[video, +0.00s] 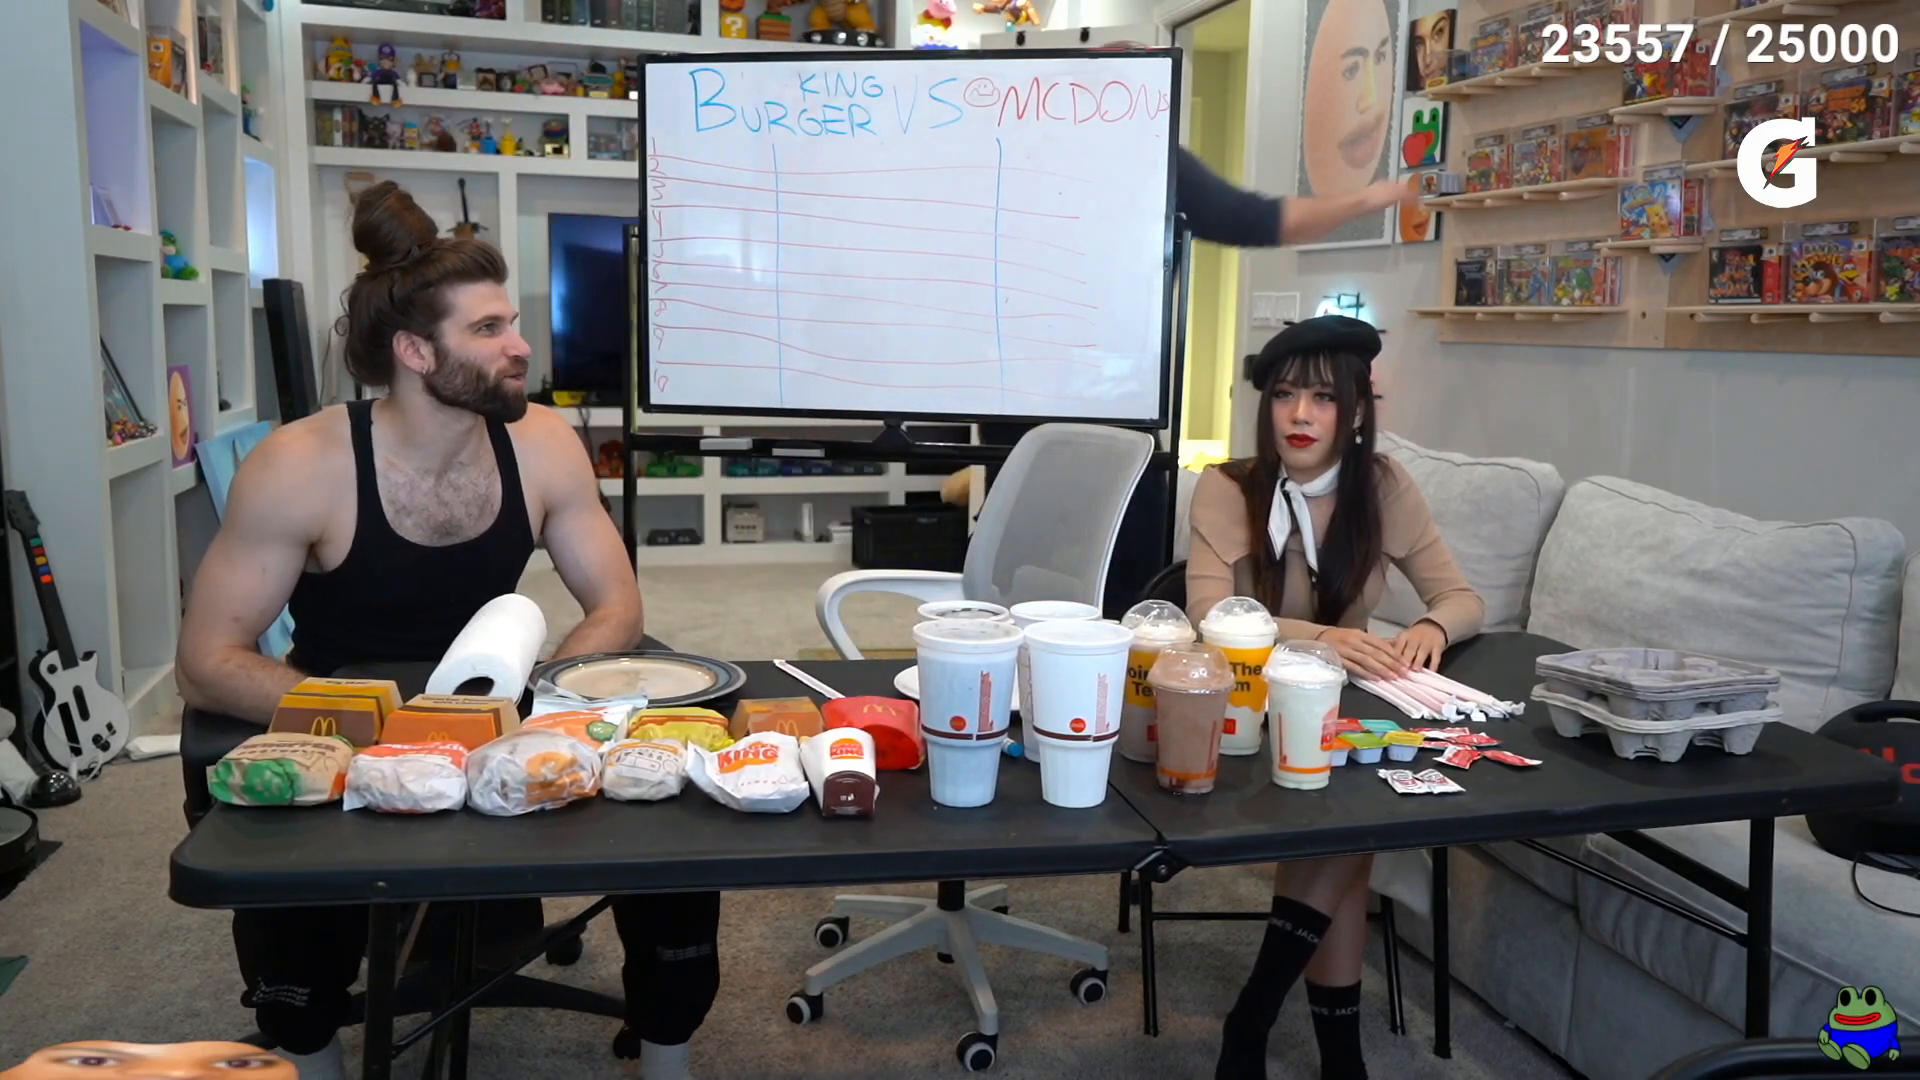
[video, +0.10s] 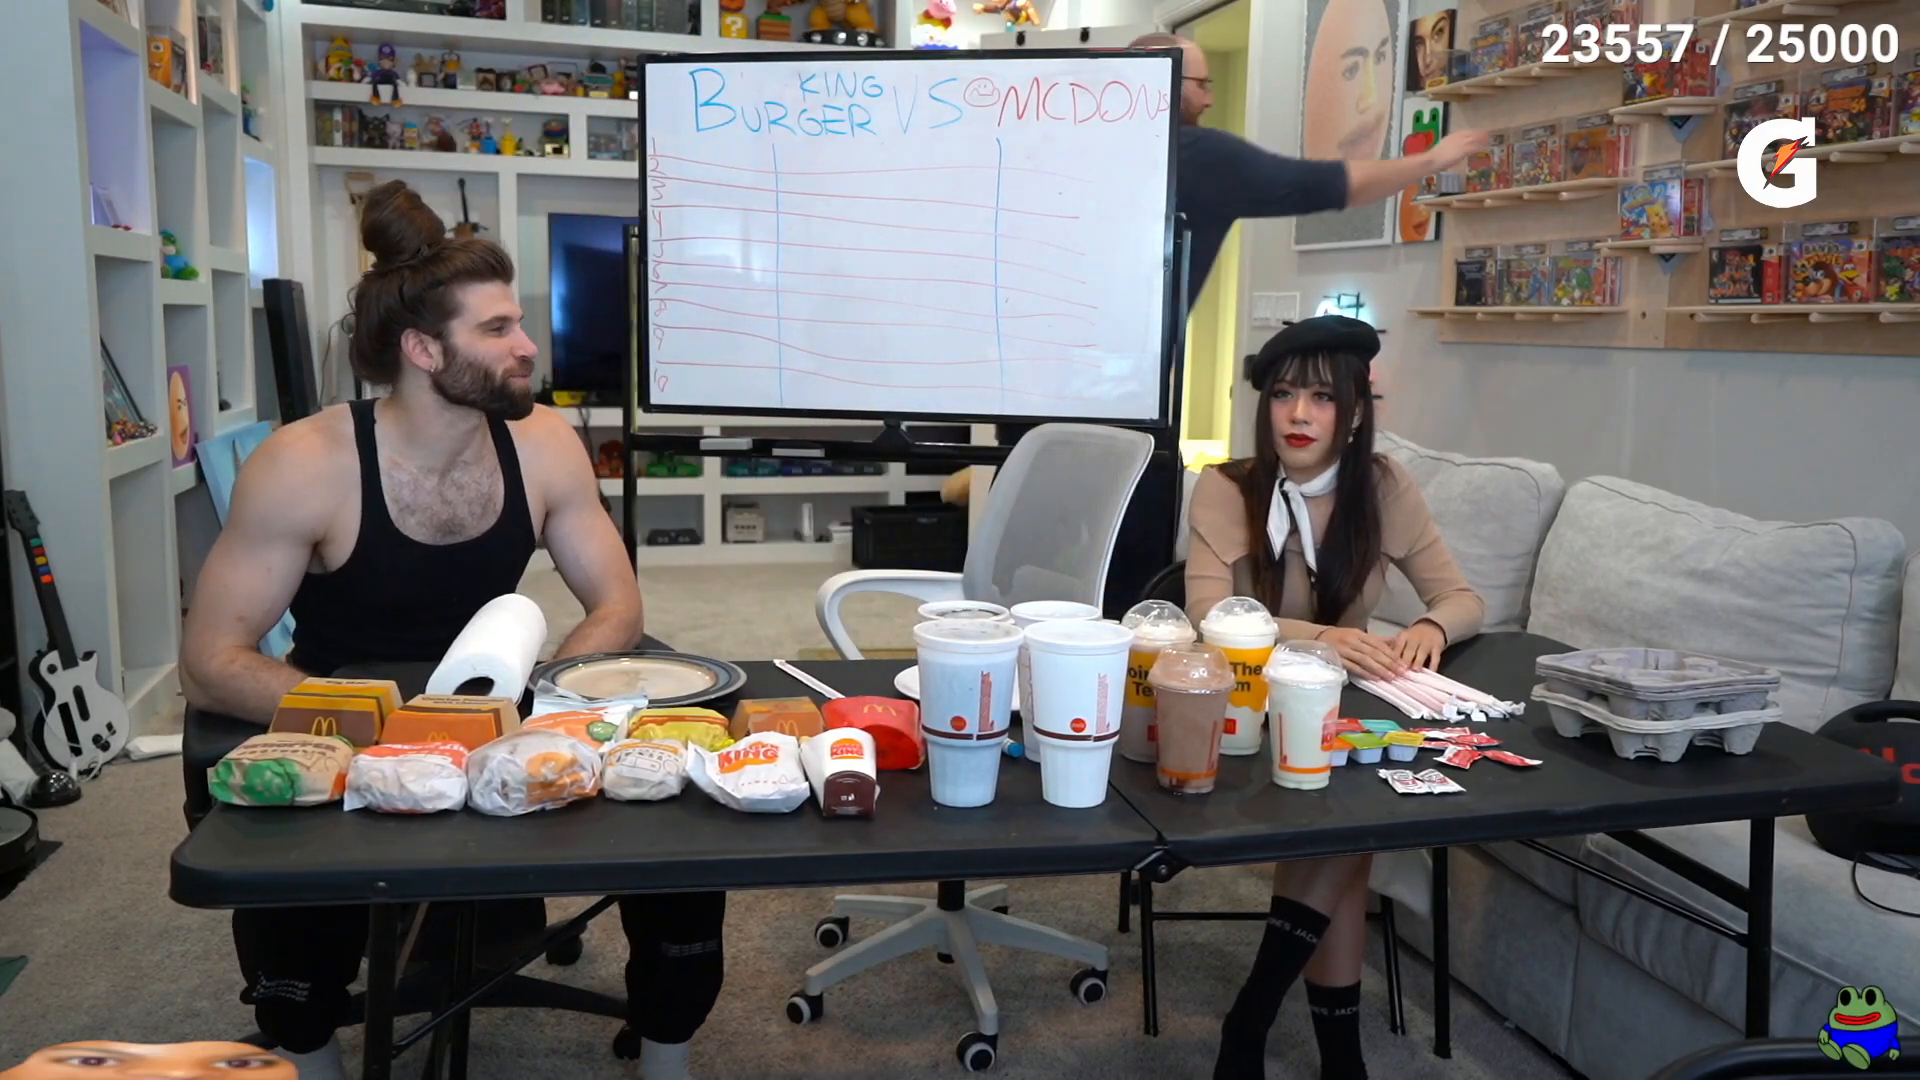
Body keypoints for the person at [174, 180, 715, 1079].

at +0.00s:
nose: (518, 345)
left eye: (514, 323)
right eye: (488, 330)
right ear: (414, 352)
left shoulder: (541, 443)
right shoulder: (302, 464)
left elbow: (619, 608)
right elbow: (206, 658)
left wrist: (535, 688)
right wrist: (358, 714)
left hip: (504, 743)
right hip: (340, 751)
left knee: (673, 830)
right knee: (290, 875)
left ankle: (665, 1058)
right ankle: (309, 1062)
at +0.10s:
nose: (527, 345)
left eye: (522, 324)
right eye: (497, 330)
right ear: (422, 351)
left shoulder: (543, 445)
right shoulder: (305, 463)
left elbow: (620, 607)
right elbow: (209, 657)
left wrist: (542, 688)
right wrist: (356, 713)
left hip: (509, 745)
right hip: (345, 754)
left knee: (681, 842)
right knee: (288, 882)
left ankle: (663, 1059)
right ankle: (310, 1061)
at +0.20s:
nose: (533, 347)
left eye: (529, 326)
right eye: (505, 330)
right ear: (430, 350)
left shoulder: (544, 444)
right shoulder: (309, 461)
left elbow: (621, 607)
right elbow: (211, 658)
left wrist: (541, 689)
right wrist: (362, 714)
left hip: (508, 745)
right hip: (346, 754)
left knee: (683, 842)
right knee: (302, 879)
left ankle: (663, 1059)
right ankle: (306, 1058)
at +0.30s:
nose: (535, 345)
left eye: (531, 324)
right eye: (508, 328)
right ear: (432, 348)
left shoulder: (546, 445)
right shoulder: (311, 462)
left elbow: (622, 607)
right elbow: (211, 657)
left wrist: (540, 689)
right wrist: (364, 712)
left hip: (508, 745)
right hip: (348, 755)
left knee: (680, 835)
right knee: (300, 871)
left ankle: (664, 1059)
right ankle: (316, 1058)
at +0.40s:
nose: (535, 343)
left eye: (530, 322)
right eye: (507, 327)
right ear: (432, 347)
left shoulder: (547, 444)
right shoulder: (313, 461)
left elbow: (622, 606)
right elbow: (212, 656)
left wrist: (540, 689)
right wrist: (365, 711)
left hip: (507, 744)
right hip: (346, 753)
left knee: (680, 835)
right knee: (302, 870)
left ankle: (664, 1059)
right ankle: (322, 1054)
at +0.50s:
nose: (534, 342)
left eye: (530, 320)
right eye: (506, 325)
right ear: (430, 346)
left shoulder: (548, 444)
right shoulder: (314, 461)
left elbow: (622, 606)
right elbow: (212, 655)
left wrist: (540, 688)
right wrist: (362, 711)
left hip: (508, 744)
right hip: (348, 754)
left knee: (679, 828)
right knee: (299, 865)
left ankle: (664, 1057)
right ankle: (319, 1053)